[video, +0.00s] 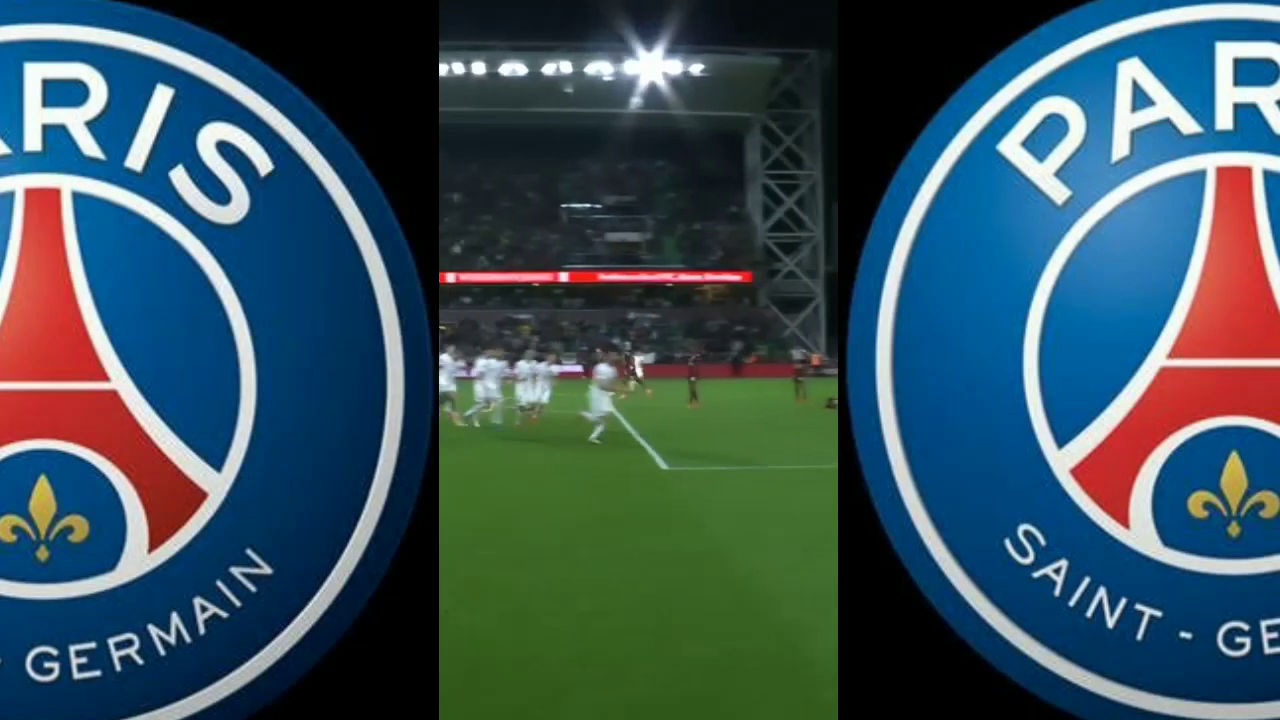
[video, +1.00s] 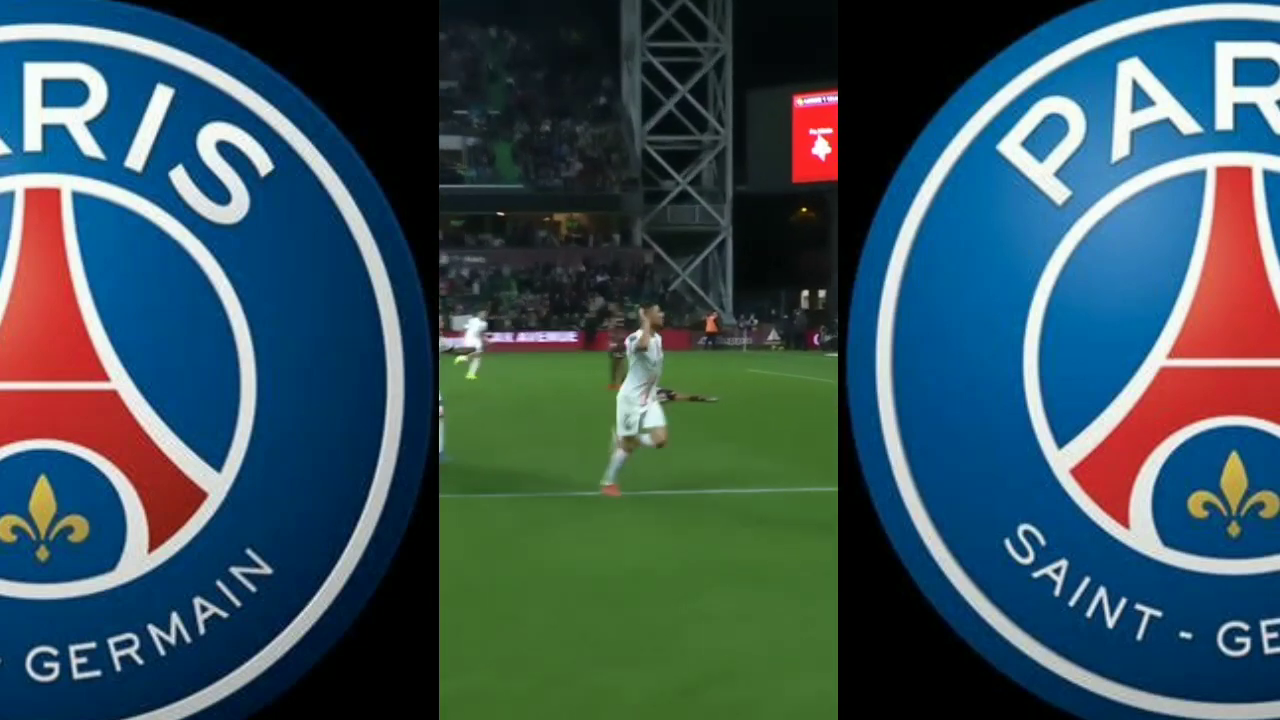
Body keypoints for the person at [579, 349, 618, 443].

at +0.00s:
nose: (615, 358)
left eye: (616, 355)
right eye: (613, 355)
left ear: (616, 357)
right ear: (607, 356)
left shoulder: (613, 370)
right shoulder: (600, 368)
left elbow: (613, 383)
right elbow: (602, 384)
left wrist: (622, 391)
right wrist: (618, 389)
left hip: (606, 393)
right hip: (596, 393)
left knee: (605, 417)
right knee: (598, 417)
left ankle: (593, 436)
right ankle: (584, 414)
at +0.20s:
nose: (632, 354)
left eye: (633, 352)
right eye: (630, 352)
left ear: (633, 355)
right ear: (625, 353)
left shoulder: (632, 363)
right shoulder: (620, 365)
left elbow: (637, 375)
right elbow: (617, 383)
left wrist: (639, 385)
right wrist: (628, 389)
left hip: (627, 392)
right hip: (619, 392)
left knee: (613, 412)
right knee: (631, 413)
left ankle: (592, 406)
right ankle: (642, 439)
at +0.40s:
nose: (610, 335)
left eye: (610, 332)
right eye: (608, 332)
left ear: (609, 334)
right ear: (601, 334)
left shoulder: (607, 347)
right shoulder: (594, 349)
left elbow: (603, 365)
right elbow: (595, 372)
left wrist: (609, 377)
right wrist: (611, 376)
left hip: (603, 380)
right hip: (591, 381)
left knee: (613, 403)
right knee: (584, 409)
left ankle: (598, 422)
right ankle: (573, 429)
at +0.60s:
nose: (606, 326)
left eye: (606, 323)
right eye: (603, 323)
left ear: (604, 326)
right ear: (595, 326)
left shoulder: (599, 344)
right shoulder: (589, 341)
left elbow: (599, 366)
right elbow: (578, 355)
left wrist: (613, 376)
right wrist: (587, 354)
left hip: (592, 383)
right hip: (580, 383)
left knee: (595, 415)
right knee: (580, 420)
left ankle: (578, 447)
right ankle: (562, 398)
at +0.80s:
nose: (617, 309)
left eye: (618, 306)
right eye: (614, 306)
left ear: (618, 310)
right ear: (605, 309)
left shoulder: (620, 327)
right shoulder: (597, 326)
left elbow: (622, 350)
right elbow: (586, 334)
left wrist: (627, 369)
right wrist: (596, 317)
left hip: (607, 372)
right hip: (597, 372)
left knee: (581, 404)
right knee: (615, 408)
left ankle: (541, 404)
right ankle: (625, 453)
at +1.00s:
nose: (662, 315)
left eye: (661, 311)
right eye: (658, 311)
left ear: (656, 316)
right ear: (647, 316)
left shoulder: (657, 340)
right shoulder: (633, 340)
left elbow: (649, 370)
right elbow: (643, 345)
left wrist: (656, 391)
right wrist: (646, 323)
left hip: (649, 396)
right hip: (630, 397)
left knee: (659, 439)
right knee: (628, 444)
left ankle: (624, 437)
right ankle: (608, 481)